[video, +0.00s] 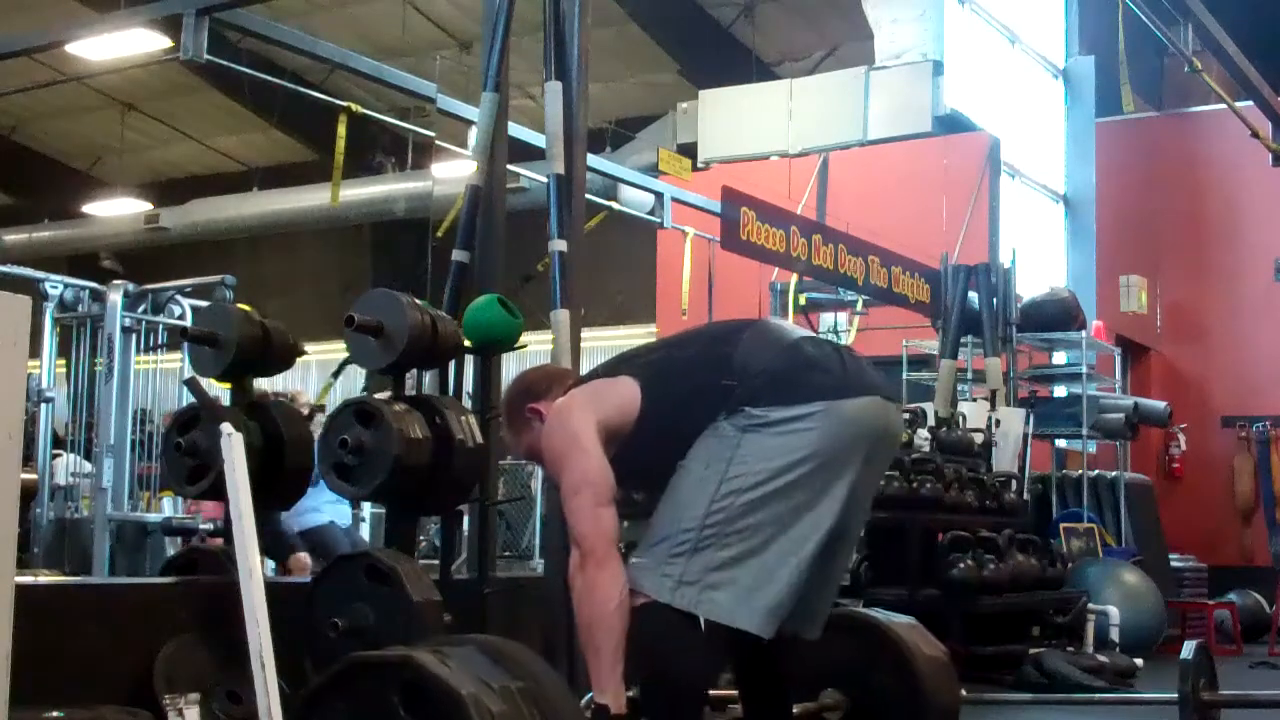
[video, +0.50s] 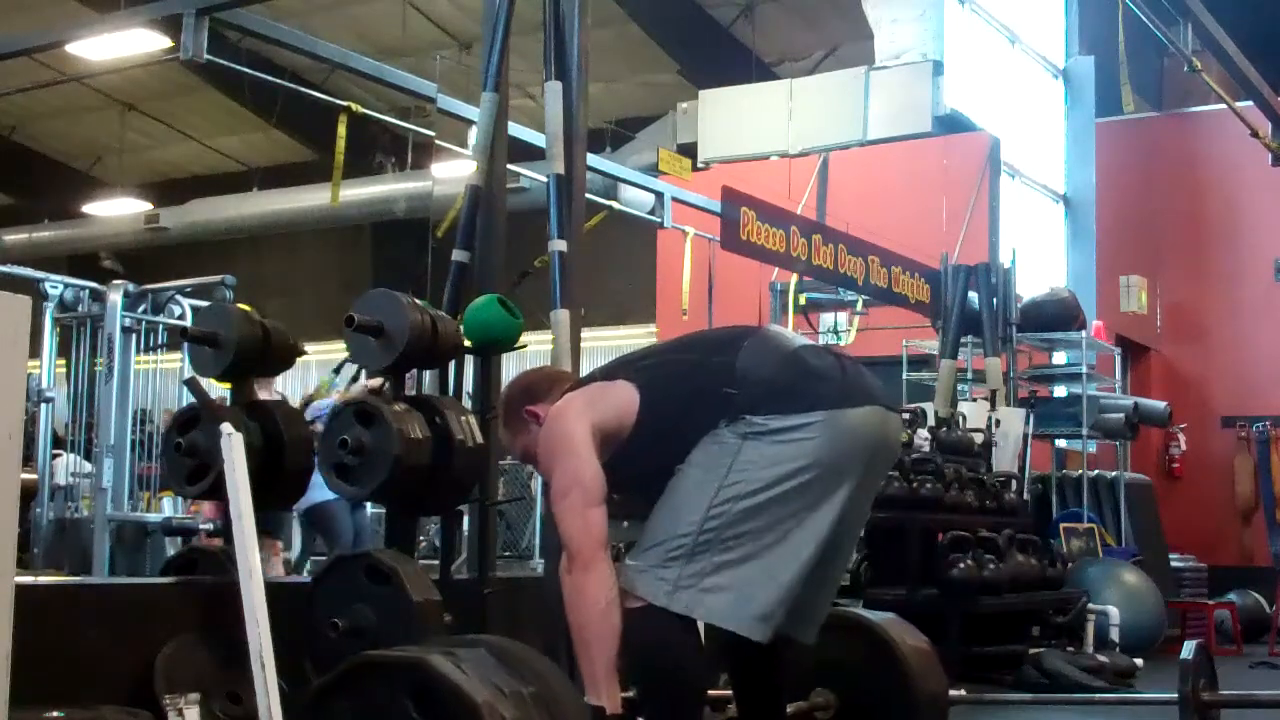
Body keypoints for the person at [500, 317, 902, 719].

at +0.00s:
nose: (544, 467)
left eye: (533, 452)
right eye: (533, 459)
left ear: (539, 413)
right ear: (570, 390)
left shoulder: (570, 415)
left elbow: (596, 556)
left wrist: (607, 701)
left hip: (787, 405)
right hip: (872, 406)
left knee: (662, 604)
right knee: (761, 628)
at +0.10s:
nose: (547, 468)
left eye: (533, 453)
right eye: (533, 460)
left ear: (538, 412)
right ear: (567, 391)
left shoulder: (572, 416)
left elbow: (596, 558)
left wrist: (606, 702)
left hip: (788, 411)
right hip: (872, 410)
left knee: (659, 605)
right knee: (759, 628)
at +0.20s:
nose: (545, 470)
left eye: (532, 454)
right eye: (532, 461)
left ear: (537, 414)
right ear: (566, 392)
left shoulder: (571, 417)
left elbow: (596, 559)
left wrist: (605, 699)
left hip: (790, 412)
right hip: (875, 414)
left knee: (653, 596)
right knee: (755, 624)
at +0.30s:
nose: (545, 469)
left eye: (532, 454)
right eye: (532, 461)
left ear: (537, 415)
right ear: (567, 392)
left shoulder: (571, 417)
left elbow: (595, 559)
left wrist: (606, 701)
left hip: (790, 410)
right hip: (874, 411)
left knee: (654, 598)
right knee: (754, 623)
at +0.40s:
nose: (540, 467)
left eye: (530, 454)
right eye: (529, 461)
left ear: (535, 416)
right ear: (567, 392)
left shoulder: (568, 419)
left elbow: (591, 559)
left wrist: (606, 702)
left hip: (788, 413)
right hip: (872, 414)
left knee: (649, 597)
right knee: (753, 625)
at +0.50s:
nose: (541, 470)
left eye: (530, 455)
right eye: (529, 462)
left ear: (535, 416)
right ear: (568, 391)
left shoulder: (567, 418)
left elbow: (586, 559)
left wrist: (602, 701)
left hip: (787, 414)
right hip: (873, 414)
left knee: (647, 599)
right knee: (754, 625)